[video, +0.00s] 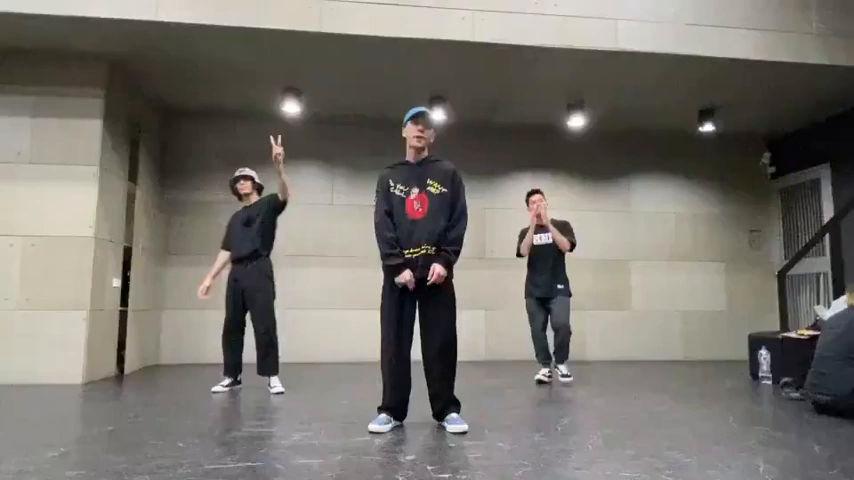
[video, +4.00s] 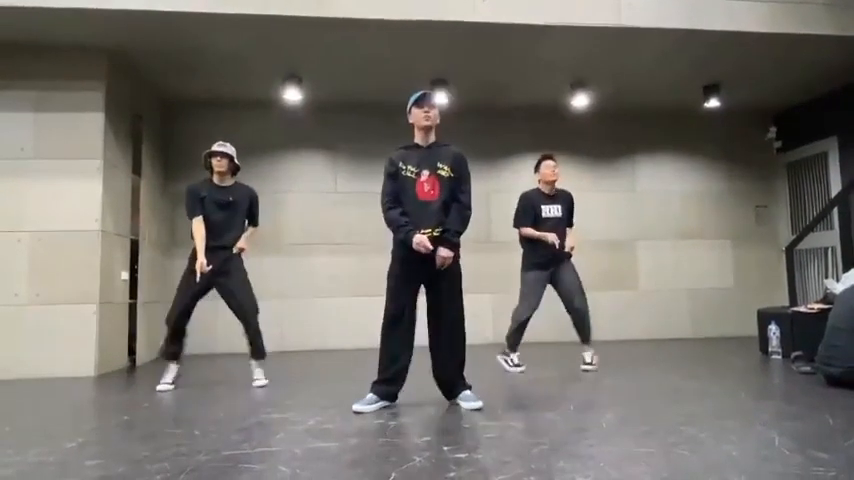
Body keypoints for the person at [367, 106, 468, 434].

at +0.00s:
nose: (419, 132)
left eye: (424, 128)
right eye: (414, 127)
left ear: (431, 134)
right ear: (404, 132)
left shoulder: (448, 173)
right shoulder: (389, 176)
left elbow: (458, 222)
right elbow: (383, 225)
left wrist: (444, 260)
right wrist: (396, 266)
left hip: (437, 270)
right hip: (399, 270)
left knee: (441, 342)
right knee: (394, 343)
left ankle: (447, 410)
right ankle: (391, 411)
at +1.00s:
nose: (418, 131)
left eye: (424, 127)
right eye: (413, 126)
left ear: (433, 134)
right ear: (405, 133)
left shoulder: (451, 171)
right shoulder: (391, 178)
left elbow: (470, 217)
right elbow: (378, 223)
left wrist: (468, 254)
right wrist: (380, 260)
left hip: (442, 270)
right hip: (402, 272)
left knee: (449, 343)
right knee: (401, 346)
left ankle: (457, 413)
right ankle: (400, 415)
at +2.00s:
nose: (449, 126)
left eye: (453, 121)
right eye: (442, 121)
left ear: (461, 127)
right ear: (433, 129)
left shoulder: (477, 169)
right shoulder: (419, 170)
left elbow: (490, 209)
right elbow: (406, 217)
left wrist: (495, 233)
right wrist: (411, 242)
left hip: (465, 261)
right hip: (430, 261)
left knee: (470, 329)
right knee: (420, 323)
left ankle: (470, 400)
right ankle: (414, 398)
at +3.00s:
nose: (442, 128)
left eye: (446, 124)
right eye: (436, 124)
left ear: (453, 127)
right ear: (426, 128)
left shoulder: (468, 166)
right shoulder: (412, 167)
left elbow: (484, 206)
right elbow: (400, 211)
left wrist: (464, 207)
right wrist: (422, 190)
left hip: (456, 258)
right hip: (421, 259)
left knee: (457, 325)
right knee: (426, 325)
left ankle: (457, 393)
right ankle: (430, 391)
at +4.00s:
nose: (427, 112)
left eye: (432, 107)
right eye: (421, 107)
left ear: (438, 115)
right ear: (410, 116)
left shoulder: (454, 158)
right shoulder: (397, 159)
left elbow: (462, 205)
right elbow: (390, 207)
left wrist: (449, 241)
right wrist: (410, 235)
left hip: (445, 251)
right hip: (407, 250)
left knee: (449, 320)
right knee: (397, 319)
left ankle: (456, 388)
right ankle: (385, 390)